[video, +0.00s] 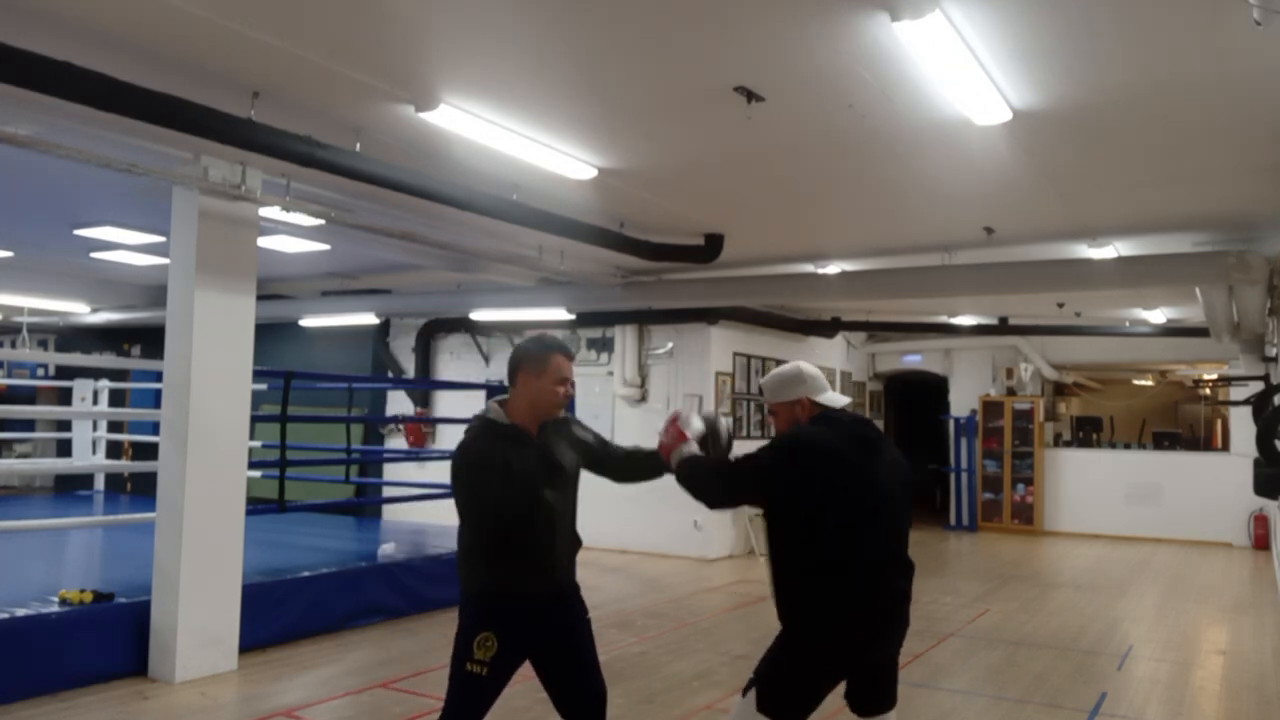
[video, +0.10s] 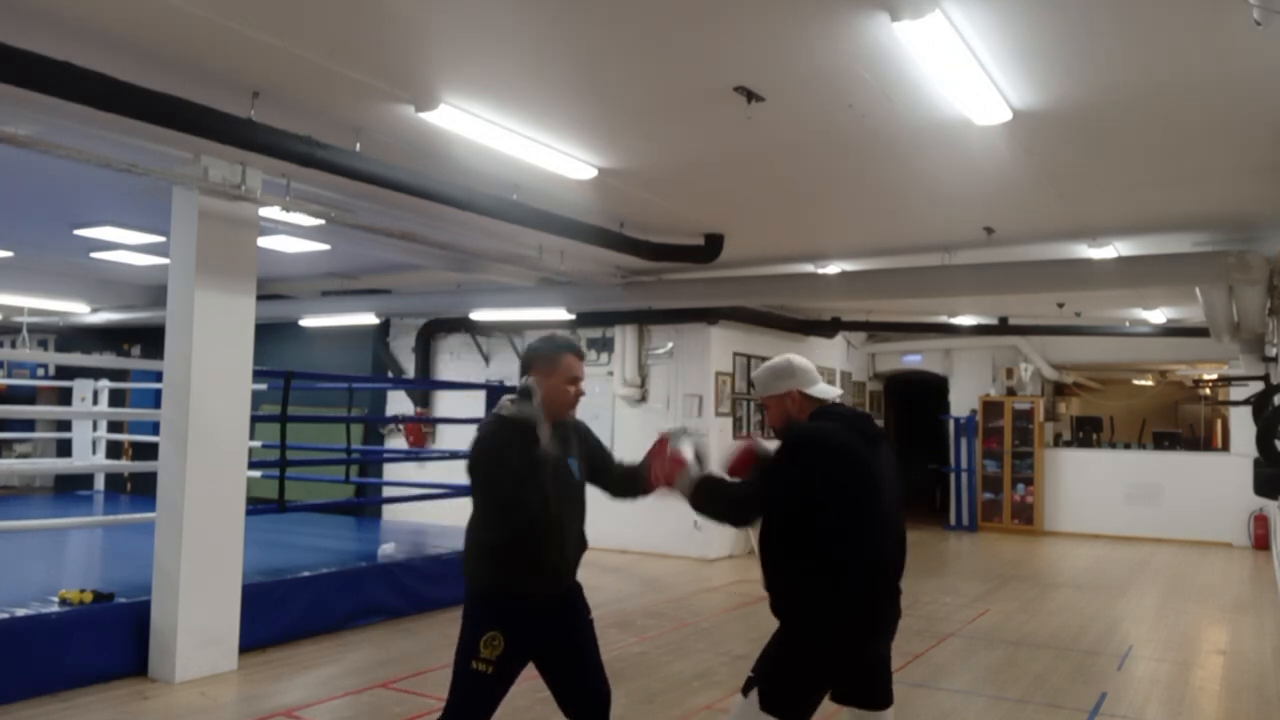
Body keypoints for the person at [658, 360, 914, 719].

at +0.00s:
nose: (773, 425)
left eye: (775, 414)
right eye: (770, 415)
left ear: (803, 407)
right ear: (811, 404)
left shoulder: (798, 450)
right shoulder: (879, 445)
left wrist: (681, 455)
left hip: (824, 619)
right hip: (885, 612)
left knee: (754, 710)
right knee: (875, 710)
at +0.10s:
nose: (765, 420)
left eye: (767, 407)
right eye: (762, 409)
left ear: (793, 399)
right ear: (801, 397)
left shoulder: (805, 443)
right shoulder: (864, 433)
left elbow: (742, 507)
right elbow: (826, 491)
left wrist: (687, 478)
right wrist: (766, 464)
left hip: (818, 617)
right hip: (872, 610)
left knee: (754, 710)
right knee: (871, 711)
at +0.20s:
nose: (758, 417)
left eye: (760, 404)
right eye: (756, 406)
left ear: (786, 396)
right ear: (788, 396)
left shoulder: (828, 442)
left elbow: (796, 525)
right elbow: (769, 467)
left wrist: (728, 504)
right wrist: (704, 456)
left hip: (831, 615)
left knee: (760, 709)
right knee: (866, 711)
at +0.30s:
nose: (756, 418)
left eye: (757, 404)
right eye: (752, 406)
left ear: (785, 394)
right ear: (788, 394)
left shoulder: (822, 445)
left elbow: (795, 537)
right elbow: (762, 474)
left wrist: (739, 489)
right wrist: (692, 458)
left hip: (824, 624)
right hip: (867, 616)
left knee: (767, 711)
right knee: (875, 710)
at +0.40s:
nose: (741, 440)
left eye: (743, 427)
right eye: (738, 428)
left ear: (771, 421)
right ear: (774, 420)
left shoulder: (813, 465)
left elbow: (787, 566)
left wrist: (743, 507)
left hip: (845, 634)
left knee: (755, 711)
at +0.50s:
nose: (747, 478)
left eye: (746, 462)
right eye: (742, 463)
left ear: (773, 455)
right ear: (777, 453)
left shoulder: (797, 497)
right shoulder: (848, 479)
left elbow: (779, 586)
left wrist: (732, 535)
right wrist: (761, 522)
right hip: (894, 647)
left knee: (743, 710)